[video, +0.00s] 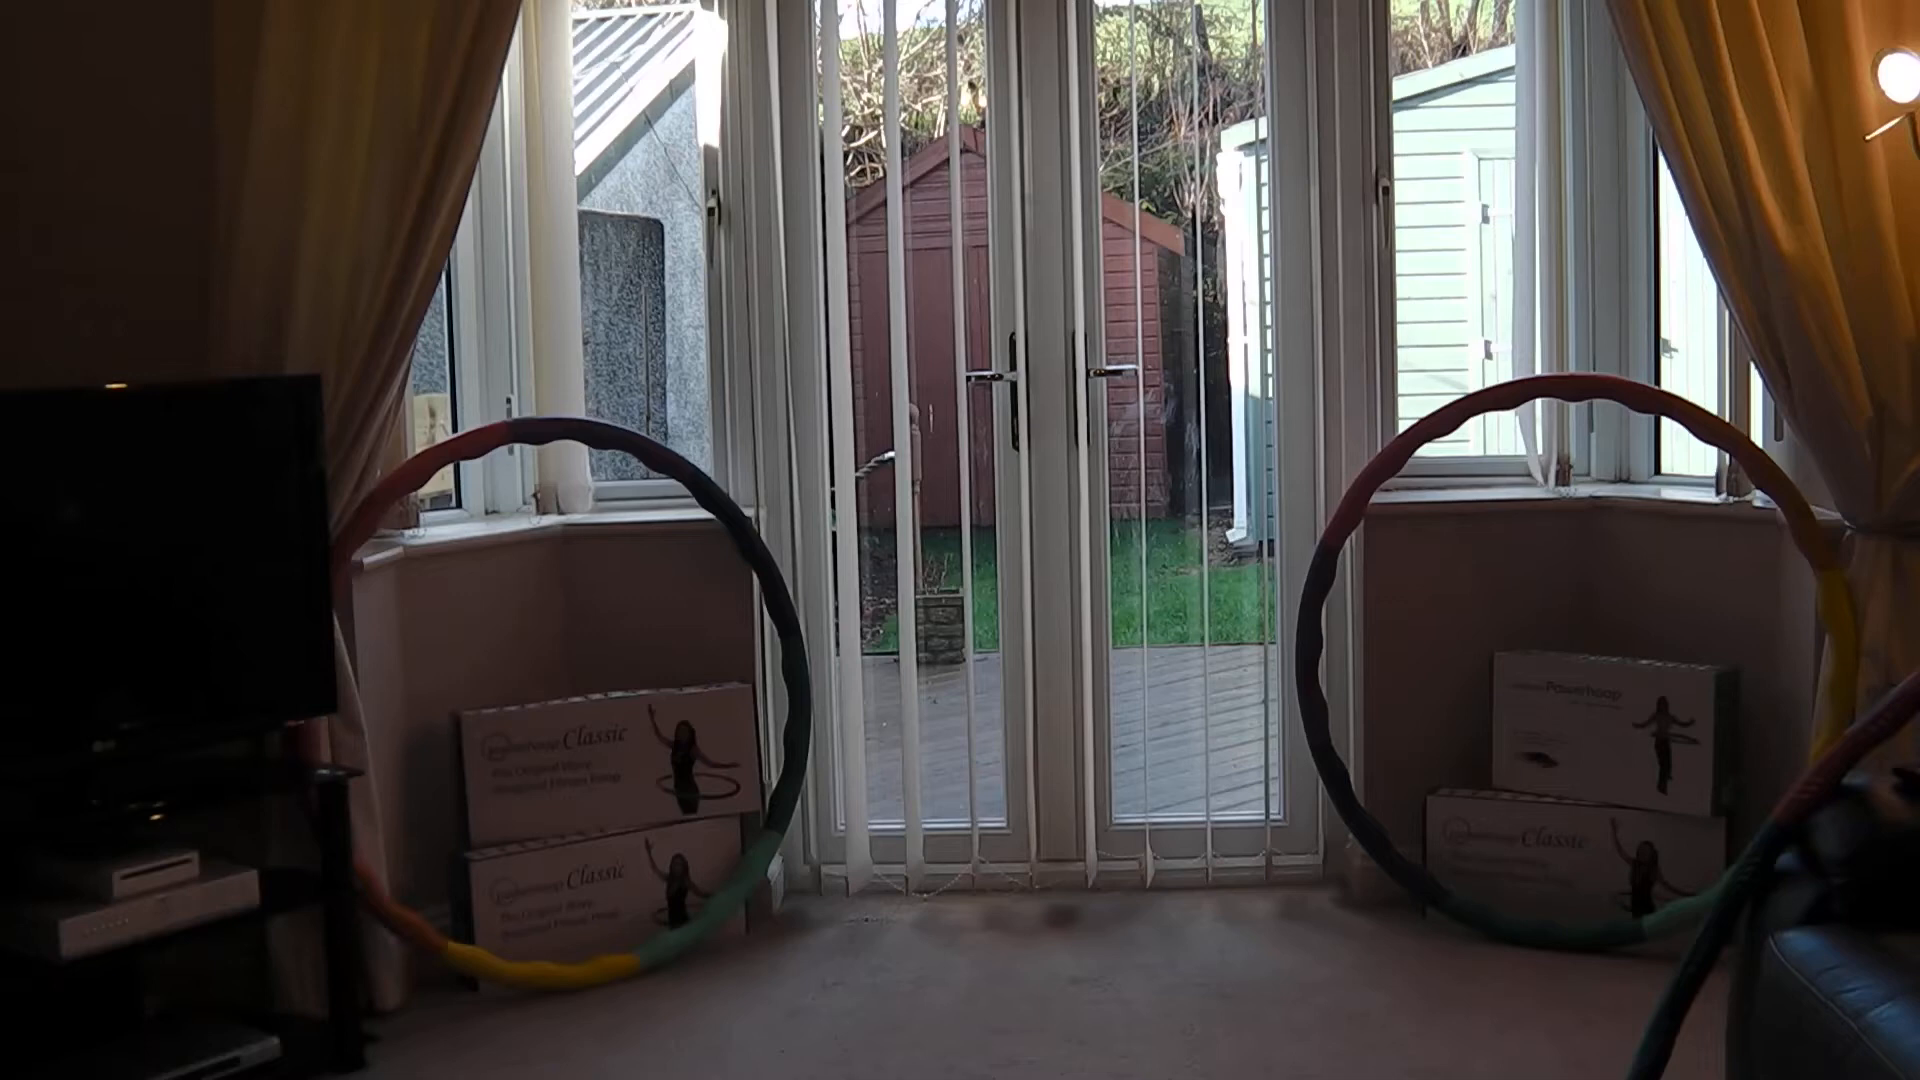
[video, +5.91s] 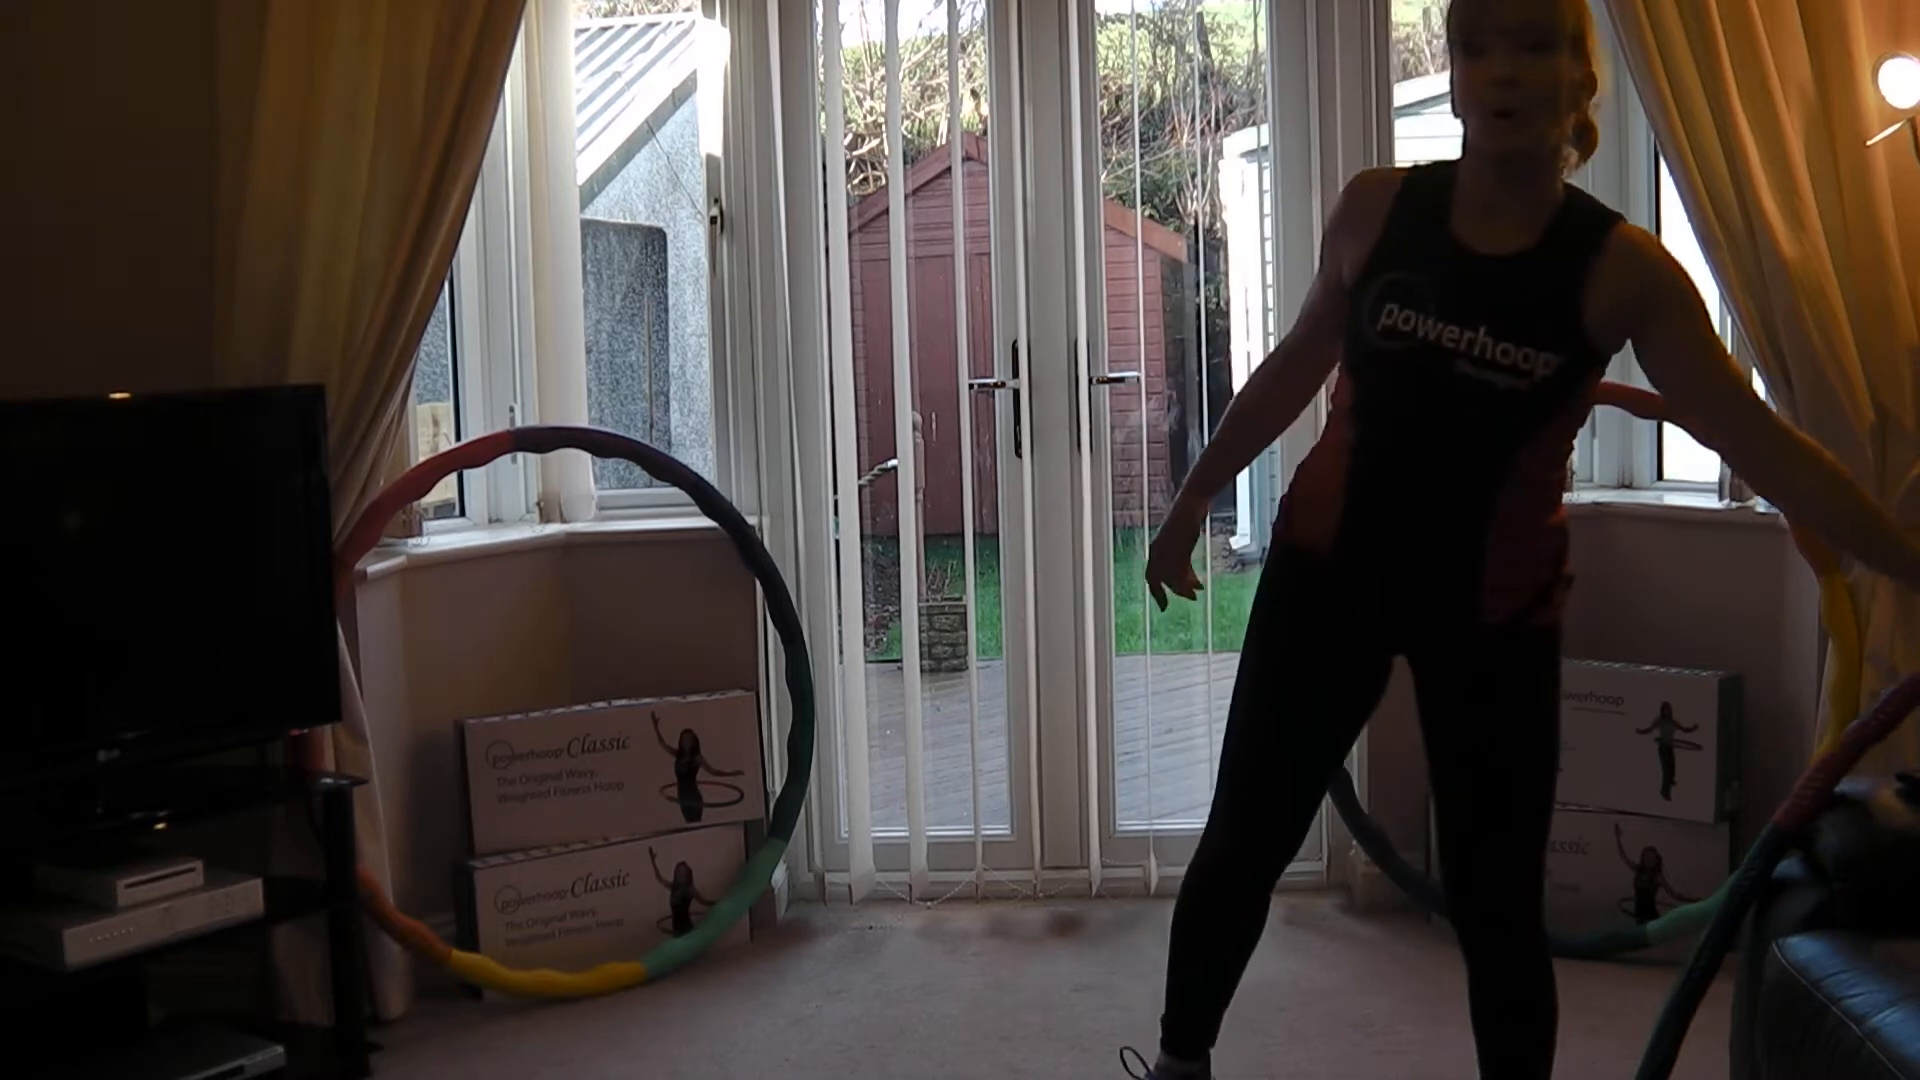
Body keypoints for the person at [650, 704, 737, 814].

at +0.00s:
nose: (681, 734)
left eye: (685, 732)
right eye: (680, 731)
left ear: (690, 734)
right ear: (676, 733)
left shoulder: (692, 749)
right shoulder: (675, 747)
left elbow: (710, 764)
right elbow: (659, 736)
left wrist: (729, 766)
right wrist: (652, 718)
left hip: (690, 787)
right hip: (678, 787)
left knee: (692, 821)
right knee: (688, 820)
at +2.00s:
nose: (684, 741)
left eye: (688, 738)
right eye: (683, 738)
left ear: (693, 741)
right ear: (680, 740)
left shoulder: (696, 757)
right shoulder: (678, 754)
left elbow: (713, 772)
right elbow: (662, 744)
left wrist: (733, 773)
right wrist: (655, 725)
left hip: (693, 794)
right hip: (682, 794)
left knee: (696, 826)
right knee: (690, 826)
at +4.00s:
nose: (685, 741)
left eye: (688, 739)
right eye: (683, 739)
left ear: (693, 741)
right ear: (680, 741)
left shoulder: (696, 757)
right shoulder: (678, 754)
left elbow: (713, 772)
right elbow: (662, 744)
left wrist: (732, 773)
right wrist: (655, 725)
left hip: (693, 794)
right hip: (682, 795)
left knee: (696, 828)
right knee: (691, 828)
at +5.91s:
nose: (686, 742)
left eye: (689, 739)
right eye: (684, 739)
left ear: (694, 741)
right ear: (680, 741)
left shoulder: (696, 757)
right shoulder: (678, 755)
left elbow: (712, 771)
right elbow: (663, 745)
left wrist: (733, 774)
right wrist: (655, 726)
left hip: (693, 794)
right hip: (682, 795)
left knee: (696, 828)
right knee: (691, 828)